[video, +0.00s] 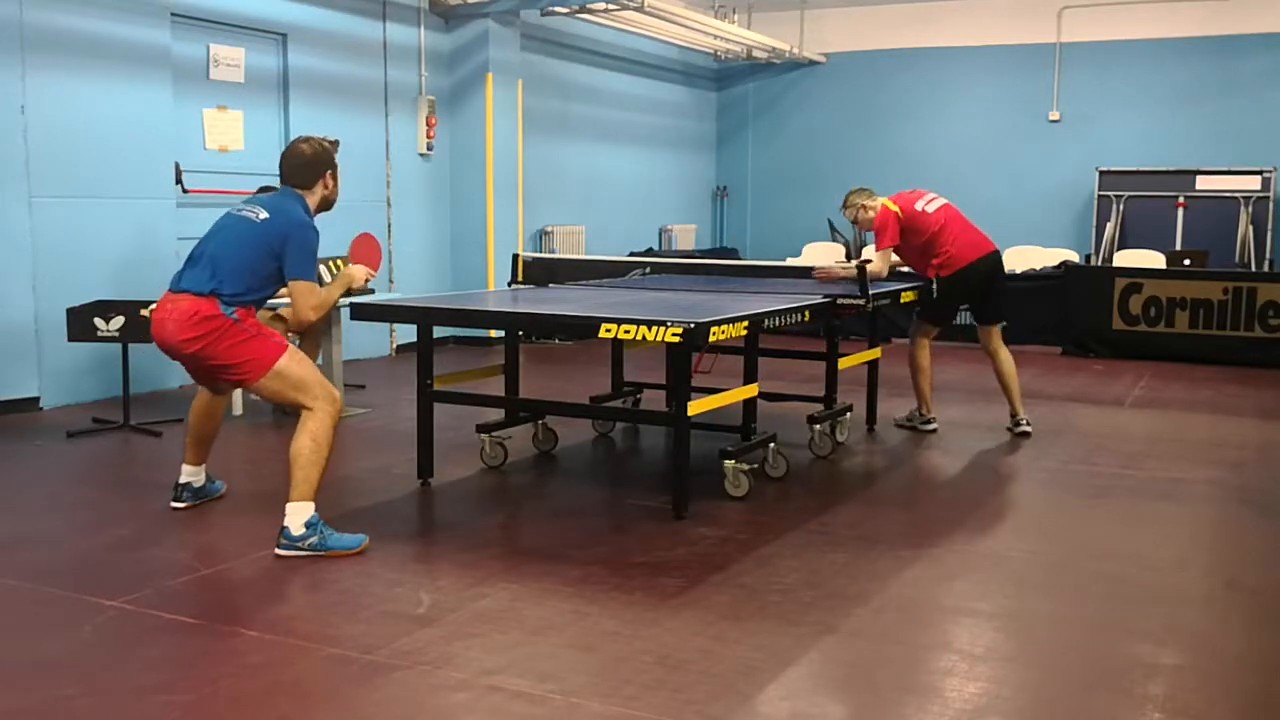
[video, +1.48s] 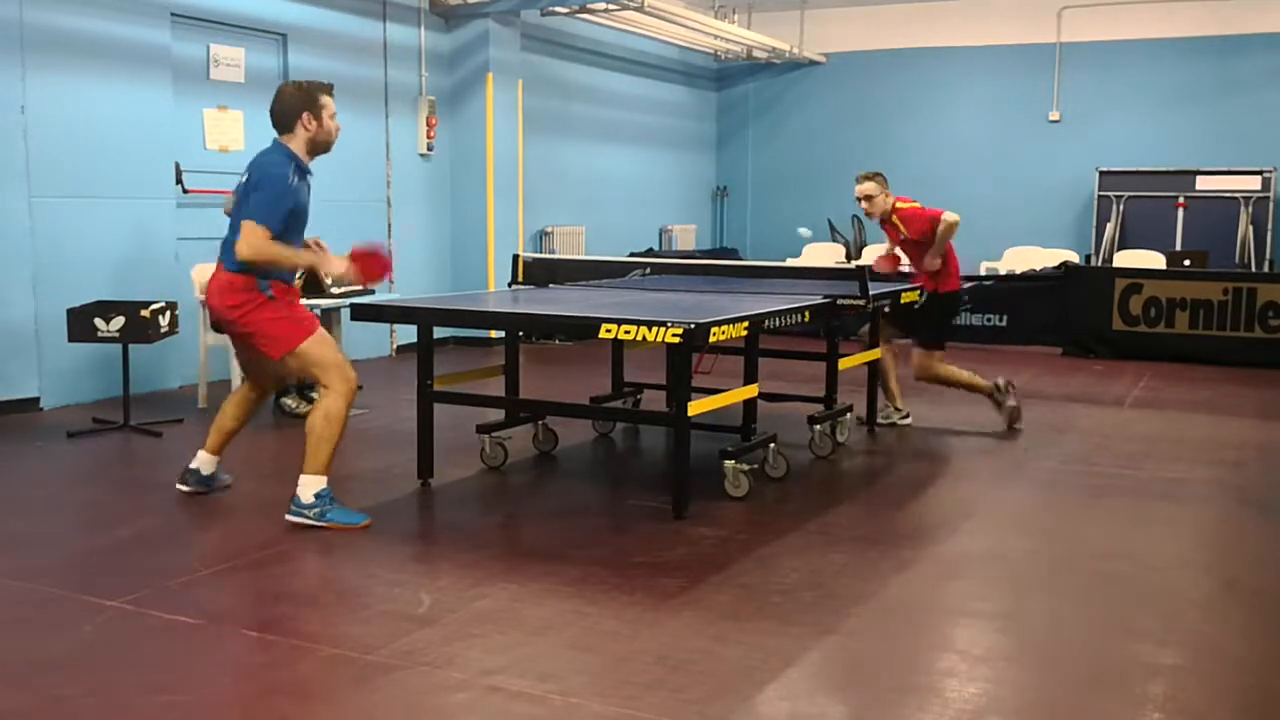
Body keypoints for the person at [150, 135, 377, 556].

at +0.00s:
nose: (338, 181)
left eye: (337, 173)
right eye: (337, 174)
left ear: (286, 177)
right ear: (325, 180)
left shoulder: (258, 202)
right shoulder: (298, 222)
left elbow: (234, 277)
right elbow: (305, 313)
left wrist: (274, 316)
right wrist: (347, 279)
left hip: (168, 315)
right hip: (207, 321)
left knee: (219, 382)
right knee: (323, 401)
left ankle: (190, 483)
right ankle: (300, 525)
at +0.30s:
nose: (346, 169)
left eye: (345, 160)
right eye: (343, 161)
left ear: (295, 166)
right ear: (325, 167)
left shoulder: (262, 193)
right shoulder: (302, 211)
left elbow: (242, 272)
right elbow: (310, 301)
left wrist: (280, 313)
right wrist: (352, 271)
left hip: (176, 310)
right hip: (217, 316)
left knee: (220, 384)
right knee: (327, 401)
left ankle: (190, 482)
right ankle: (300, 526)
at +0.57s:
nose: (344, 159)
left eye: (342, 150)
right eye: (341, 151)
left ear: (293, 156)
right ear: (324, 157)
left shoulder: (256, 188)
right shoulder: (303, 205)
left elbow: (200, 235)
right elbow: (312, 293)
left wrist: (254, 271)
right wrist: (355, 265)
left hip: (184, 309)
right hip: (227, 314)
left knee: (225, 384)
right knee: (332, 402)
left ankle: (190, 482)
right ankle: (300, 525)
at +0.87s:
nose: (333, 140)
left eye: (329, 131)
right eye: (328, 133)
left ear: (287, 143)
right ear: (310, 142)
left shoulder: (245, 179)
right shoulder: (296, 193)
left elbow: (187, 221)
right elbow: (300, 277)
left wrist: (213, 272)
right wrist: (350, 260)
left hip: (194, 307)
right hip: (235, 310)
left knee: (234, 385)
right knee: (331, 401)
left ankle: (192, 480)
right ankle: (301, 526)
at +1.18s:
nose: (320, 128)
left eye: (317, 119)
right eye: (315, 120)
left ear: (277, 130)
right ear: (295, 128)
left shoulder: (238, 167)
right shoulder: (276, 180)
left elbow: (191, 214)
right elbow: (274, 258)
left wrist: (233, 254)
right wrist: (331, 244)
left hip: (203, 297)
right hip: (239, 301)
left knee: (242, 386)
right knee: (314, 397)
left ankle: (193, 480)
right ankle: (306, 515)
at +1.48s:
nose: (337, 125)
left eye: (335, 116)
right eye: (331, 116)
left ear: (300, 123)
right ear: (307, 122)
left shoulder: (281, 162)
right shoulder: (280, 169)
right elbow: (250, 247)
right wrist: (316, 261)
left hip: (234, 290)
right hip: (251, 294)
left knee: (263, 381)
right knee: (341, 379)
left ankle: (201, 467)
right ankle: (310, 496)